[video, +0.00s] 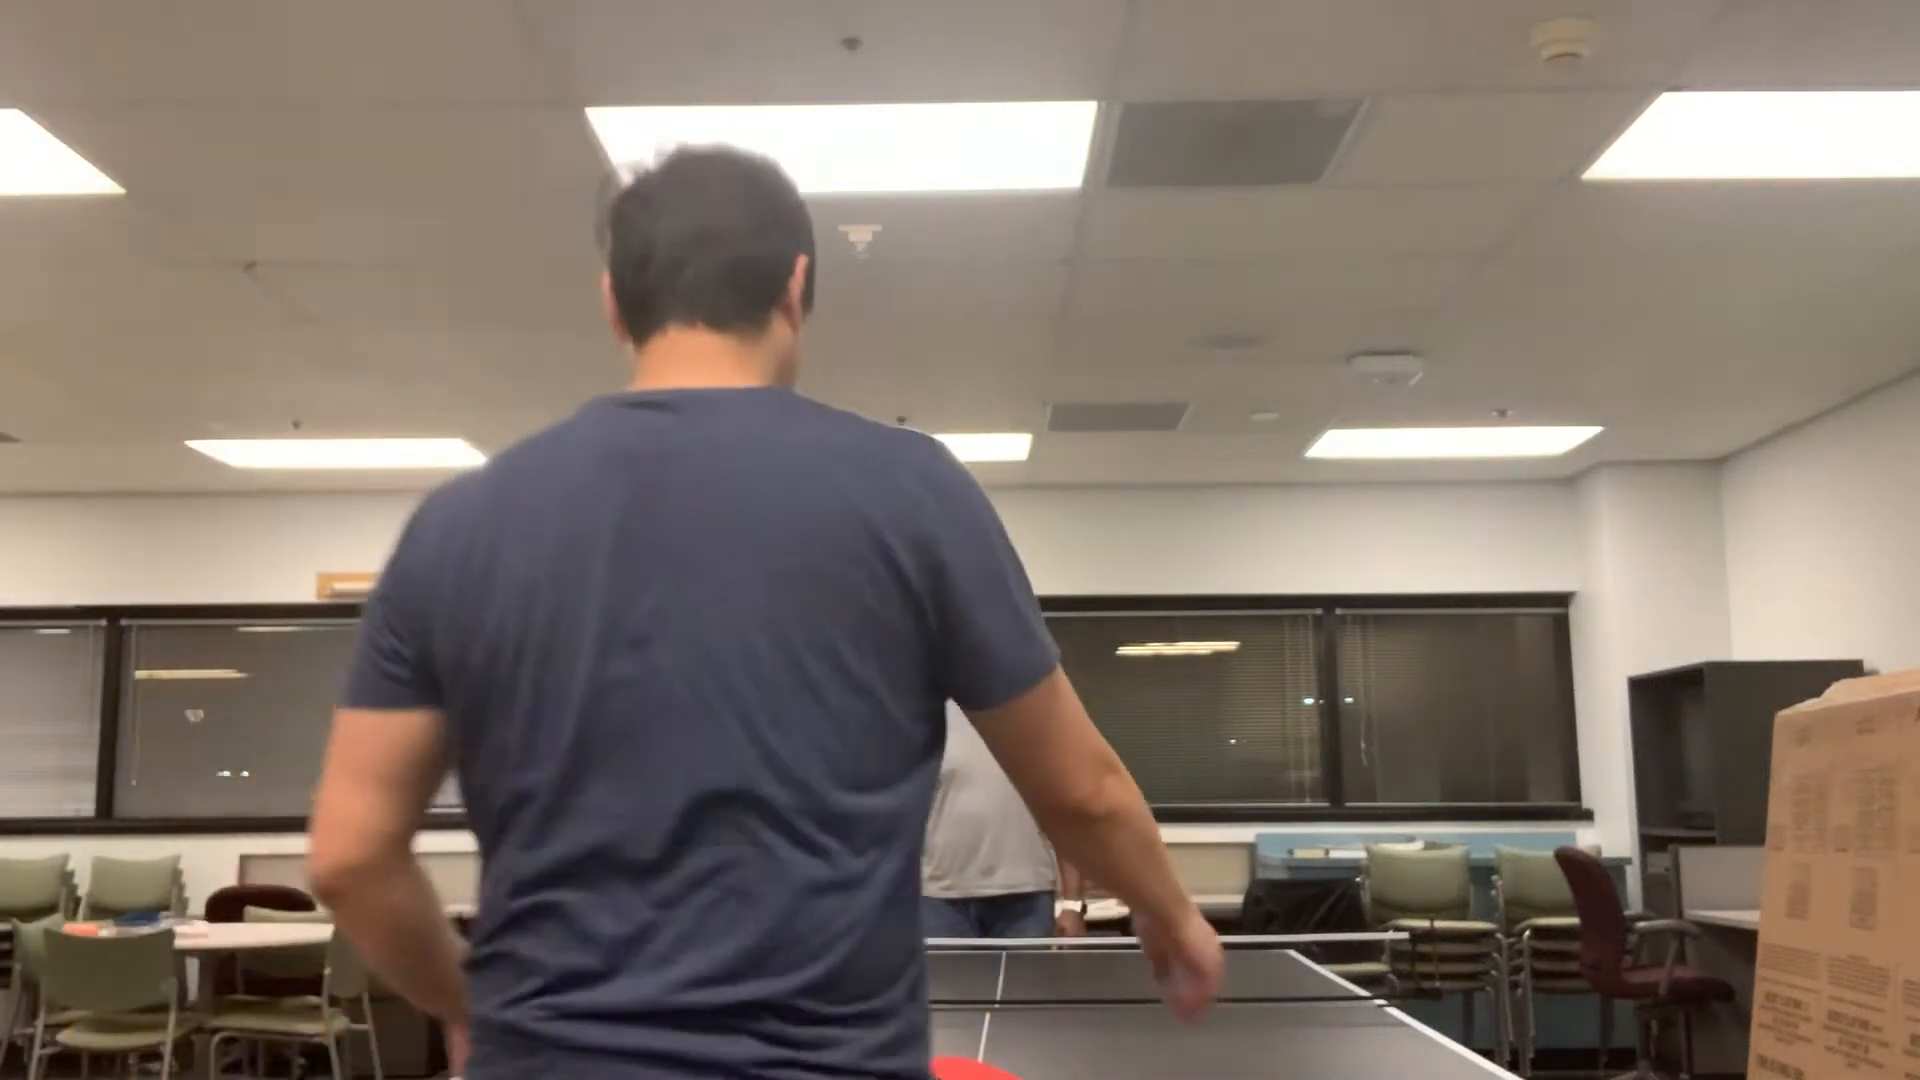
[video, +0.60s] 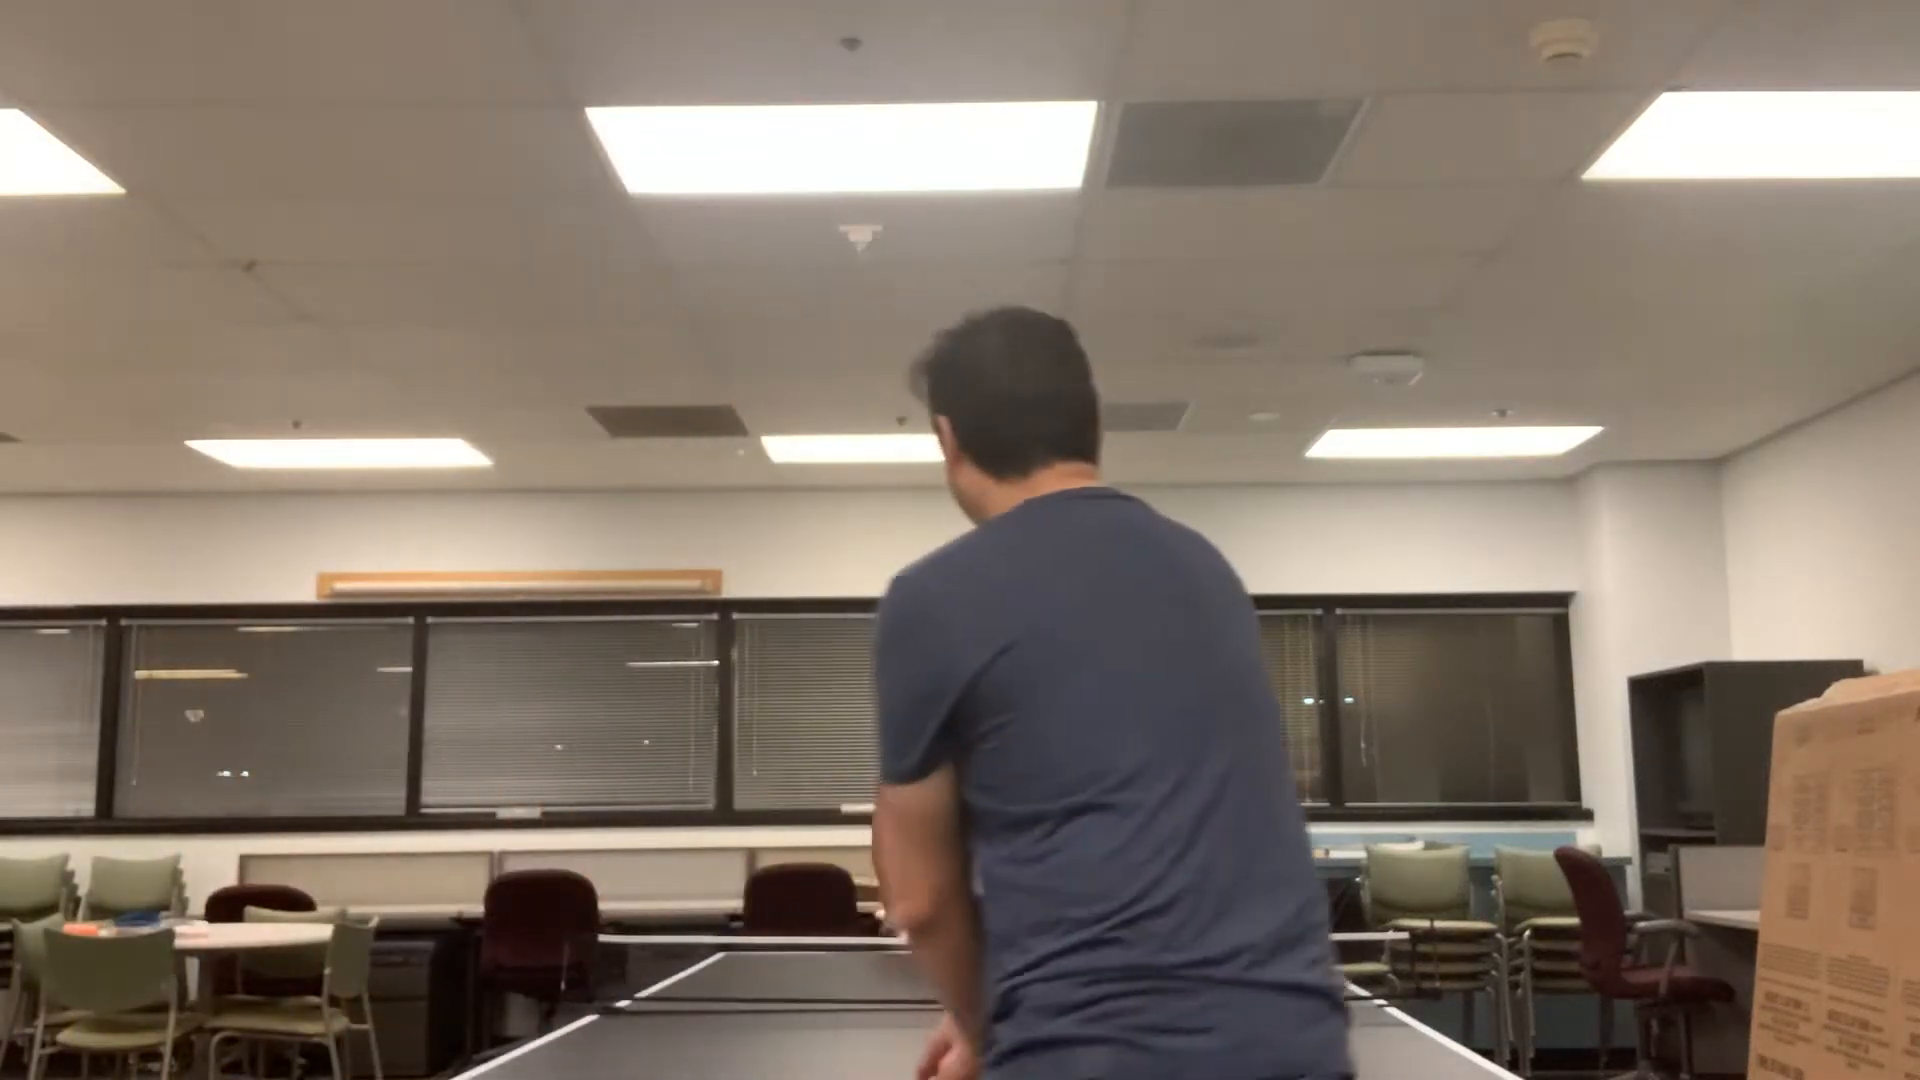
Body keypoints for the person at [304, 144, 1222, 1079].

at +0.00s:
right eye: (814, 294)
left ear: (611, 304)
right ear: (798, 289)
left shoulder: (470, 516)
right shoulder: (906, 484)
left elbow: (349, 855)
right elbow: (1083, 794)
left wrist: (466, 1007)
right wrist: (1170, 916)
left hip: (548, 1051)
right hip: (831, 1050)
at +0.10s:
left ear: (641, 329)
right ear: (822, 309)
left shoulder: (527, 538)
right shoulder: (946, 490)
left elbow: (449, 875)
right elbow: (1077, 780)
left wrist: (564, 987)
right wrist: (1101, 879)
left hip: (607, 1048)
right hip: (882, 1048)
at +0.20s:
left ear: (684, 341)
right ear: (858, 321)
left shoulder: (590, 539)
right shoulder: (997, 493)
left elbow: (555, 869)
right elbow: (1069, 767)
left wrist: (654, 955)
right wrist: (1049, 866)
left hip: (674, 1050)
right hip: (942, 1048)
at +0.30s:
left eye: (729, 360)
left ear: (740, 362)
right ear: (912, 342)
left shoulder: (665, 551)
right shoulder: (1052, 508)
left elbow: (656, 868)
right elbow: (1079, 773)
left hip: (757, 1051)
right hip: (1016, 1049)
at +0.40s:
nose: (811, 411)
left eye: (804, 396)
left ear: (815, 401)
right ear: (975, 377)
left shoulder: (754, 579)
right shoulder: (1113, 544)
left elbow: (756, 887)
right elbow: (1108, 796)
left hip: (852, 1053)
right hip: (1098, 1049)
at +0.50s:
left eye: (875, 427)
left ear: (893, 432)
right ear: (1047, 409)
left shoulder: (863, 601)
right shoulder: (1164, 566)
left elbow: (851, 902)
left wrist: (938, 1003)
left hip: (976, 1052)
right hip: (1204, 1044)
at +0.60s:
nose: (939, 454)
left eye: (934, 436)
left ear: (949, 441)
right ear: (1092, 422)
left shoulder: (940, 595)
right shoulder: (1203, 564)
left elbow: (922, 903)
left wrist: (974, 1025)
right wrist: (979, 1031)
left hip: (1082, 1048)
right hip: (1290, 1037)